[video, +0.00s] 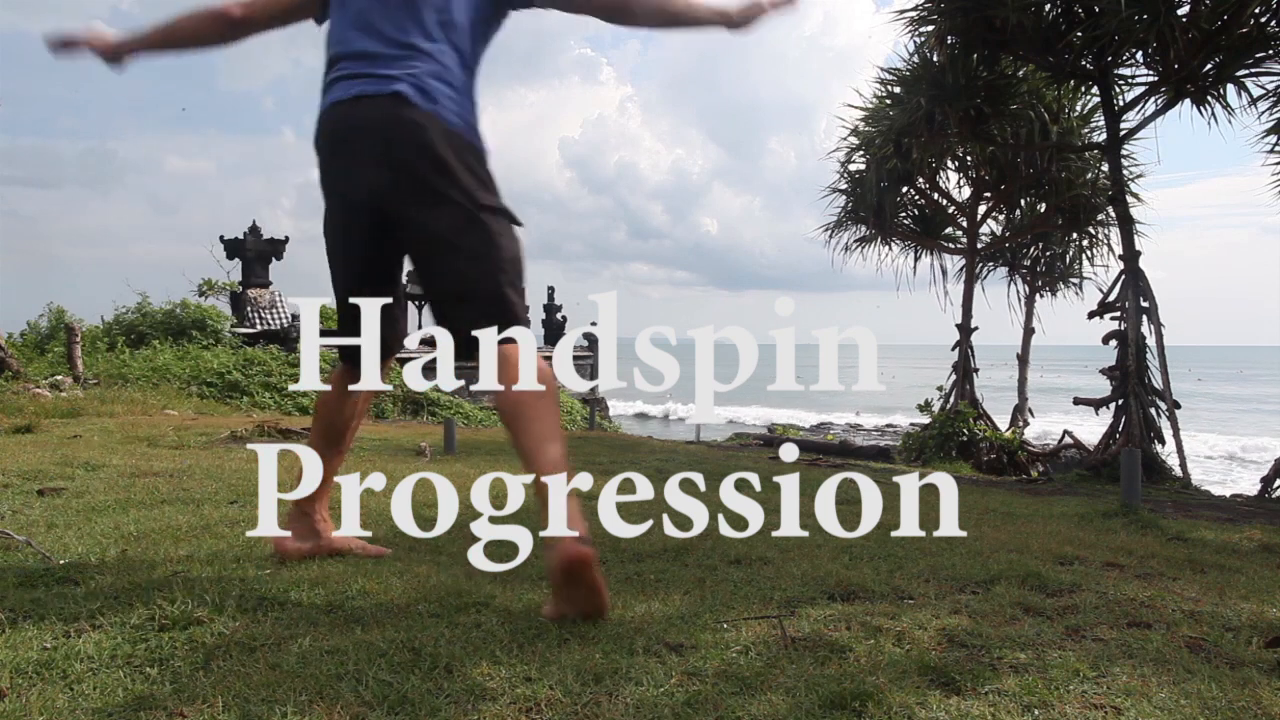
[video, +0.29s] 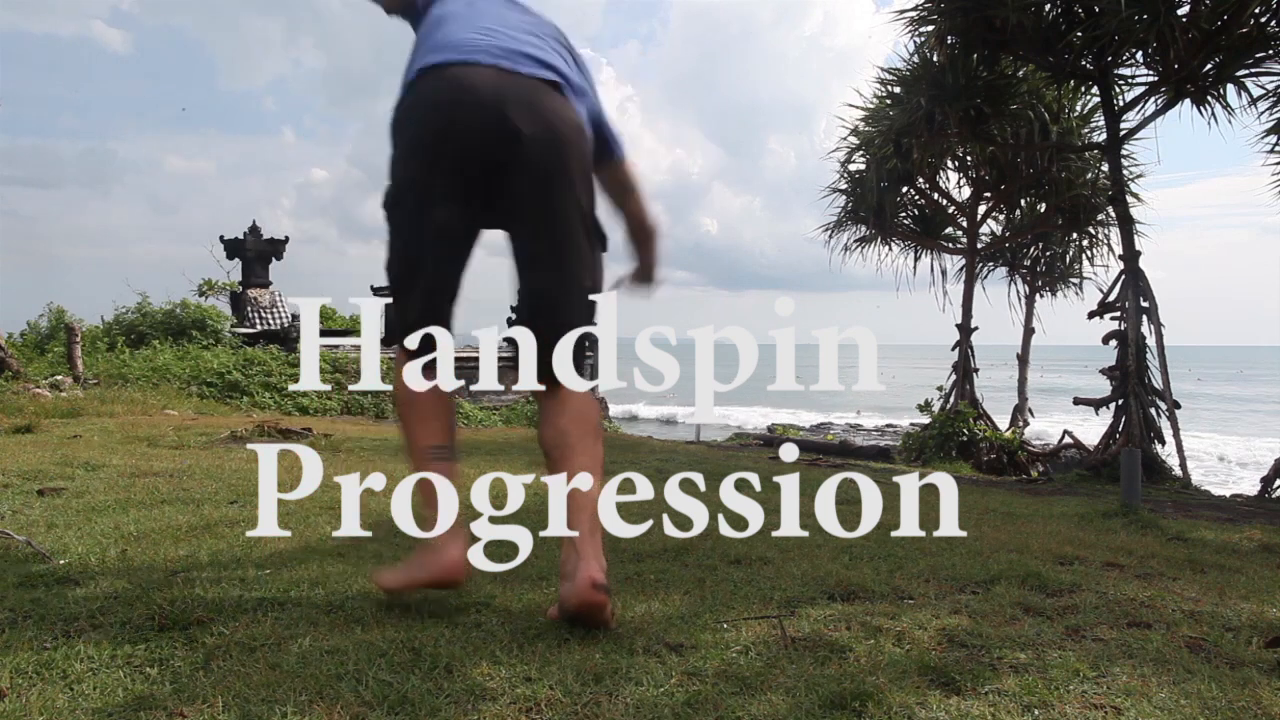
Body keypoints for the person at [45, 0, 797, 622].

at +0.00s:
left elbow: (234, 17)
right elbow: (620, 5)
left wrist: (131, 43)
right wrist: (727, 11)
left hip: (342, 127)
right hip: (430, 126)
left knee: (364, 331)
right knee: (504, 335)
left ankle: (311, 519)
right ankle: (565, 516)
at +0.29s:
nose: (398, 10)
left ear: (457, 4)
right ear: (533, 13)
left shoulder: (443, 10)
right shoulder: (565, 52)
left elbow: (388, 0)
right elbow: (609, 157)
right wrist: (645, 244)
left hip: (443, 100)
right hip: (553, 116)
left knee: (418, 337)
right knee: (566, 355)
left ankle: (442, 534)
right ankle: (586, 557)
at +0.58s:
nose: (488, 287)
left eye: (474, 282)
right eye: (488, 293)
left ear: (468, 255)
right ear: (503, 279)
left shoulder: (470, 194)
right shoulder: (558, 275)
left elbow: (411, 201)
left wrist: (359, 217)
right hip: (625, 166)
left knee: (558, 76)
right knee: (571, 362)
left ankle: (628, 5)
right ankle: (588, 567)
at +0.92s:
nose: (529, 400)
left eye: (514, 401)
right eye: (518, 405)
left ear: (500, 360)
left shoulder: (500, 285)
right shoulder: (568, 331)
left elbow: (586, 272)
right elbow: (592, 429)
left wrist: (688, 280)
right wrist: (572, 528)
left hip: (540, 95)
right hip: (601, 110)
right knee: (716, 71)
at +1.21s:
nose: (590, 427)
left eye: (601, 418)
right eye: (583, 419)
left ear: (626, 366)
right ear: (563, 374)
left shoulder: (658, 296)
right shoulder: (539, 331)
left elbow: (727, 327)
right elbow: (565, 420)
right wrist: (569, 523)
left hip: (596, 81)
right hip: (516, 95)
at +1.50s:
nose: (632, 411)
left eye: (642, 409)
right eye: (639, 405)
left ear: (656, 369)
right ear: (640, 377)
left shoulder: (637, 340)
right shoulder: (600, 342)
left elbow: (605, 419)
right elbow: (562, 424)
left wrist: (615, 494)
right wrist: (565, 520)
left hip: (606, 155)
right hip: (581, 137)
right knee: (509, 11)